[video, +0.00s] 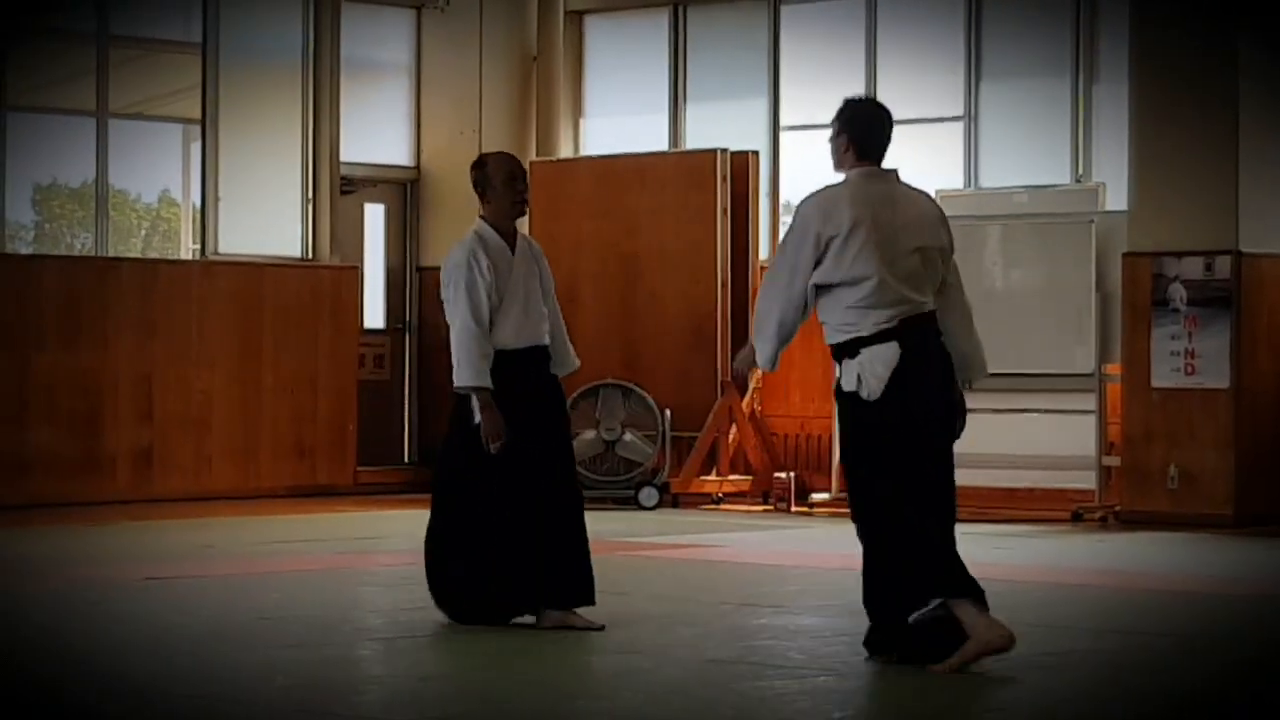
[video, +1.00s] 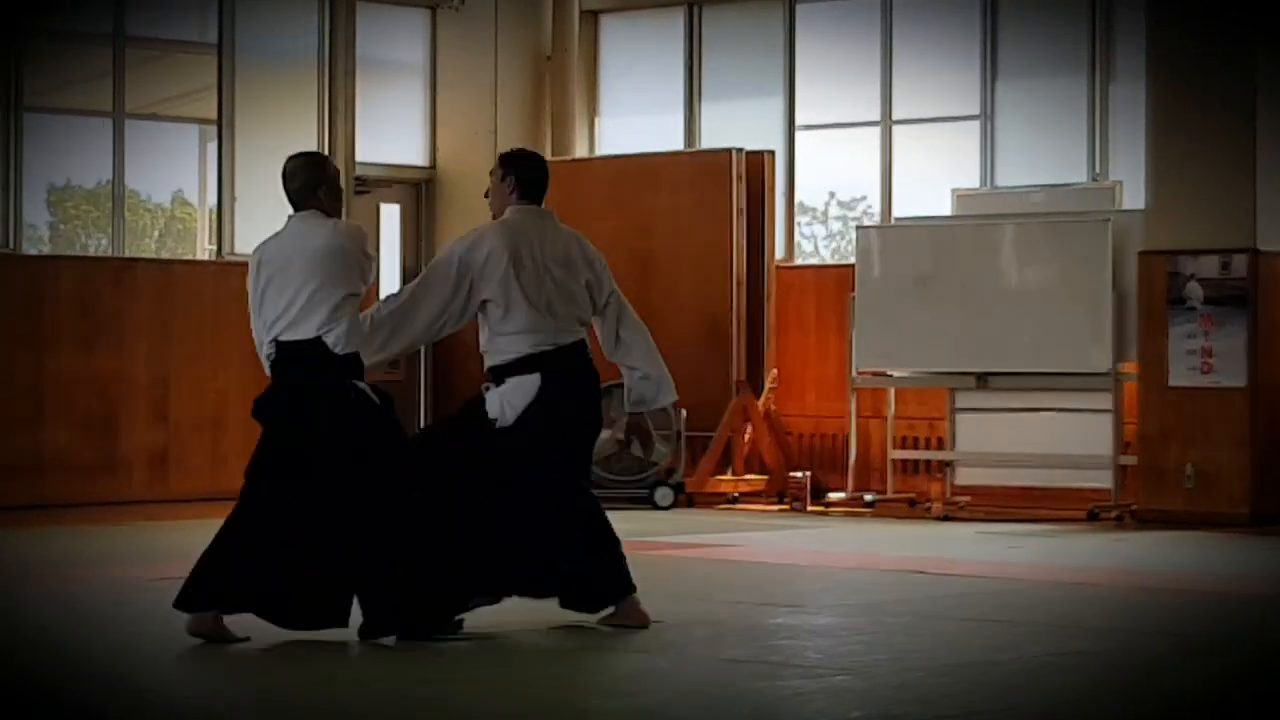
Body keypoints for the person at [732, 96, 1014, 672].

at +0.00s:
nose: (830, 147)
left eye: (833, 139)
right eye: (834, 138)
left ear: (844, 144)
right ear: (885, 145)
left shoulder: (823, 207)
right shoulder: (924, 205)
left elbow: (786, 294)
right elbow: (951, 298)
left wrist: (758, 352)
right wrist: (964, 375)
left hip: (870, 369)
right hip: (933, 361)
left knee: (879, 506)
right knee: (930, 498)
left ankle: (892, 635)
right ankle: (968, 610)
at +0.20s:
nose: (810, 144)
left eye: (813, 135)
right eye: (814, 135)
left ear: (826, 140)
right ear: (865, 144)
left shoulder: (805, 202)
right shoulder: (902, 206)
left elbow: (725, 256)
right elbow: (920, 299)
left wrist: (716, 231)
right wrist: (928, 371)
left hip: (841, 368)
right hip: (905, 366)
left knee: (767, 484)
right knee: (916, 494)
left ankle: (846, 594)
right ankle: (946, 623)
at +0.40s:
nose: (736, 161)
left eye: (739, 153)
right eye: (739, 154)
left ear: (750, 159)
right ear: (794, 162)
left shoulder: (736, 219)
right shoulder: (832, 217)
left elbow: (665, 168)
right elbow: (861, 307)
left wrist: (694, 101)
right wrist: (863, 373)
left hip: (778, 382)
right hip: (848, 378)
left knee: (696, 477)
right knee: (882, 498)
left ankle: (674, 601)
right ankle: (938, 619)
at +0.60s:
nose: (632, 161)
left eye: (634, 153)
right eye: (635, 152)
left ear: (645, 159)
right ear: (685, 157)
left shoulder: (636, 222)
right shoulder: (731, 207)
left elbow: (577, 206)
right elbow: (767, 293)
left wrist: (544, 150)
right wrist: (781, 365)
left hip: (686, 371)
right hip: (751, 361)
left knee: (659, 496)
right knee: (789, 490)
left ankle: (656, 616)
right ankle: (872, 578)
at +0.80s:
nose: (581, 166)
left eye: (584, 157)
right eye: (585, 157)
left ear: (593, 160)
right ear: (634, 166)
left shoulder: (560, 217)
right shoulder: (665, 219)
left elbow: (502, 275)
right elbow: (706, 301)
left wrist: (466, 306)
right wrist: (719, 364)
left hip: (585, 361)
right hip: (649, 361)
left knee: (578, 483)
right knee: (645, 484)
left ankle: (570, 607)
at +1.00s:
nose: (488, 192)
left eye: (492, 183)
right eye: (491, 183)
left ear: (509, 186)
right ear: (539, 190)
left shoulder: (486, 243)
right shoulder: (577, 245)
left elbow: (418, 305)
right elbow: (619, 320)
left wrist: (348, 339)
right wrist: (655, 385)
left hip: (523, 387)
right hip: (580, 383)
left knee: (432, 463)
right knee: (571, 490)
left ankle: (435, 605)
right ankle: (625, 603)